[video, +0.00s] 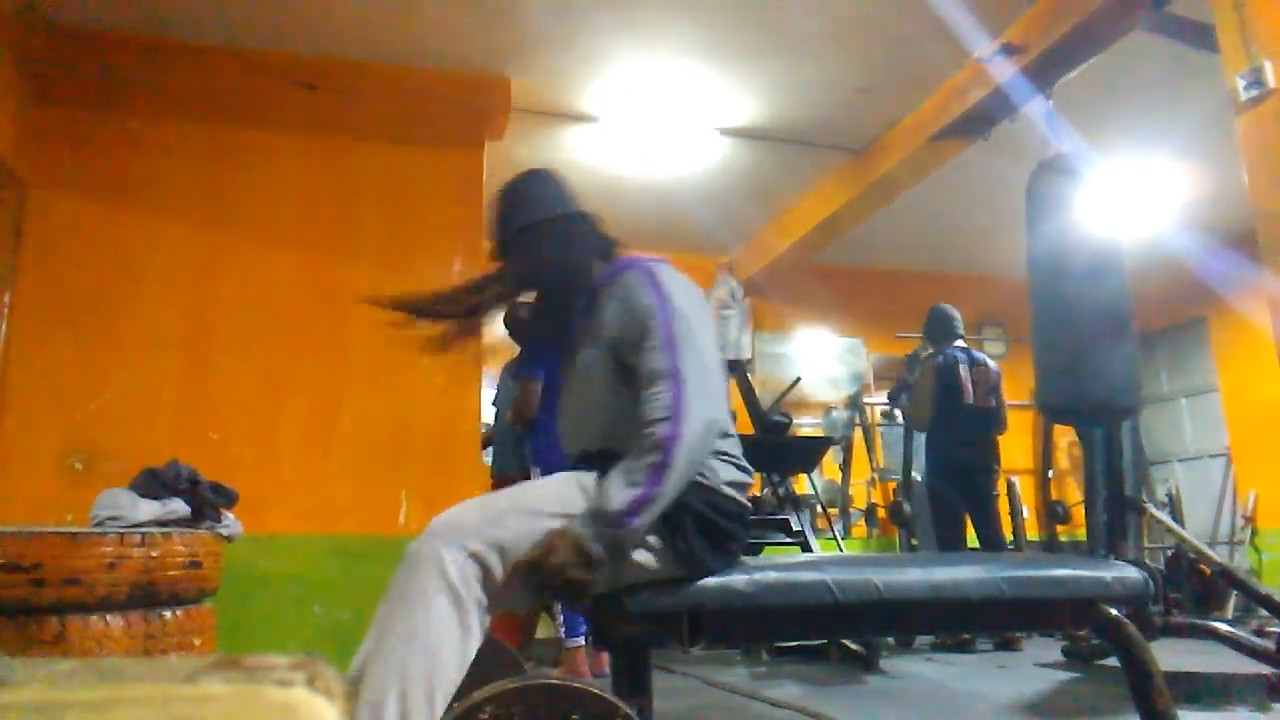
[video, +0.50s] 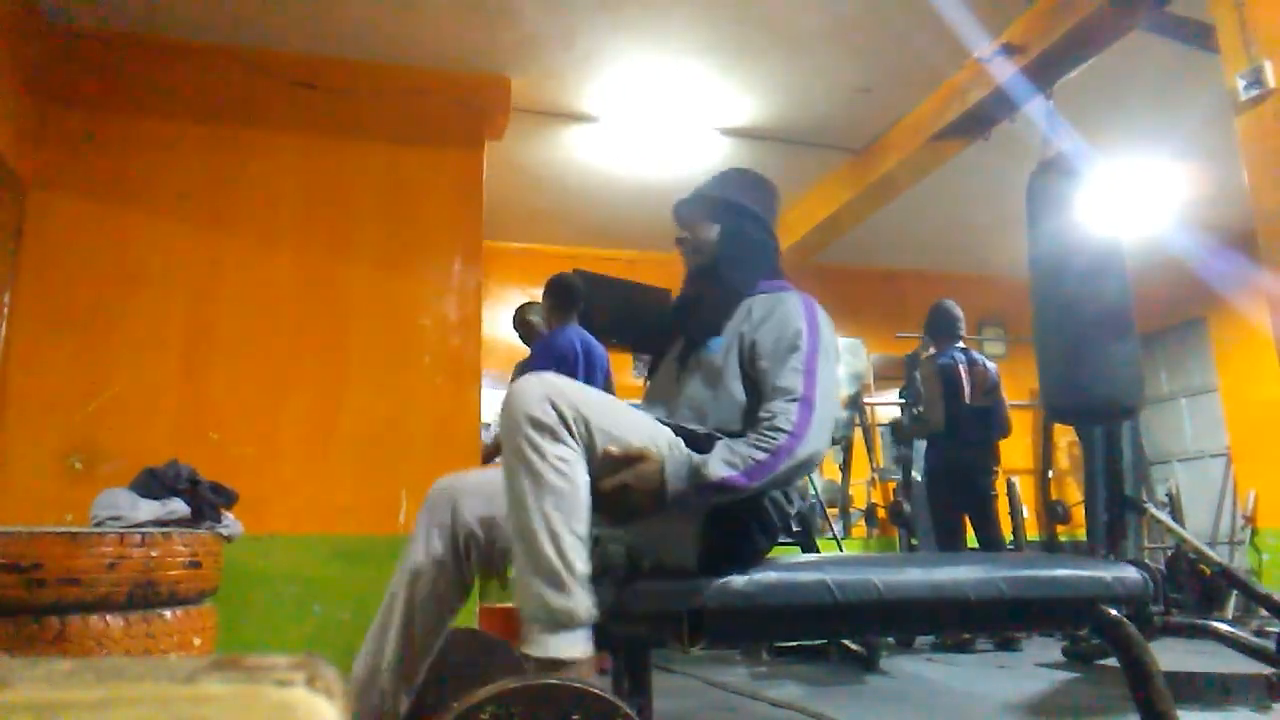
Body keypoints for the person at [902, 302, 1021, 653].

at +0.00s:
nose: (926, 341)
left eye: (926, 336)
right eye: (929, 336)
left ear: (930, 335)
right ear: (961, 330)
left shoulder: (933, 366)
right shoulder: (989, 365)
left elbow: (920, 420)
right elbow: (1001, 423)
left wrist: (904, 400)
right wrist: (970, 420)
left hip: (945, 464)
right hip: (982, 464)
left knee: (950, 546)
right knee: (994, 541)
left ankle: (956, 628)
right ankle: (1008, 625)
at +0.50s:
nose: (928, 339)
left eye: (928, 333)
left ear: (930, 333)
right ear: (963, 330)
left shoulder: (931, 368)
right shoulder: (986, 366)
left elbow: (934, 423)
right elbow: (1004, 424)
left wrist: (905, 428)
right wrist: (972, 431)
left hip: (944, 466)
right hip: (981, 465)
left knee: (950, 546)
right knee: (992, 542)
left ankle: (956, 628)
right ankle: (1008, 626)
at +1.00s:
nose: (919, 340)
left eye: (920, 334)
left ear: (922, 335)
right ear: (954, 335)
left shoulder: (922, 368)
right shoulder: (979, 369)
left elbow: (937, 419)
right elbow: (999, 423)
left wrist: (925, 467)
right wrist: (1003, 470)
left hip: (944, 473)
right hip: (977, 471)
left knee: (949, 548)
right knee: (990, 544)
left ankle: (958, 629)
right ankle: (1008, 626)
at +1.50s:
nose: (924, 346)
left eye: (924, 340)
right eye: (926, 341)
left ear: (928, 338)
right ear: (956, 332)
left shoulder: (933, 366)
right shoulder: (988, 365)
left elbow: (918, 417)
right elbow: (996, 416)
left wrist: (908, 398)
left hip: (946, 467)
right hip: (982, 466)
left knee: (951, 546)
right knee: (993, 541)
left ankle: (958, 627)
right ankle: (1007, 625)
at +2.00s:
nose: (928, 337)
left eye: (929, 330)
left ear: (930, 330)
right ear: (963, 329)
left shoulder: (933, 363)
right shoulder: (988, 364)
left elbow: (935, 420)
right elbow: (1005, 423)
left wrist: (905, 433)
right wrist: (972, 424)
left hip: (948, 465)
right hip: (984, 465)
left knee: (951, 544)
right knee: (994, 541)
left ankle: (957, 627)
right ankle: (1008, 626)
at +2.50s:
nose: (920, 341)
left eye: (921, 335)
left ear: (923, 335)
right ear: (954, 334)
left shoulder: (922, 366)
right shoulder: (980, 368)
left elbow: (930, 419)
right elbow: (1003, 420)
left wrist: (927, 469)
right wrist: (1007, 466)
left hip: (944, 469)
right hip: (979, 467)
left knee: (949, 547)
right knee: (989, 542)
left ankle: (960, 630)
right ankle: (1006, 626)